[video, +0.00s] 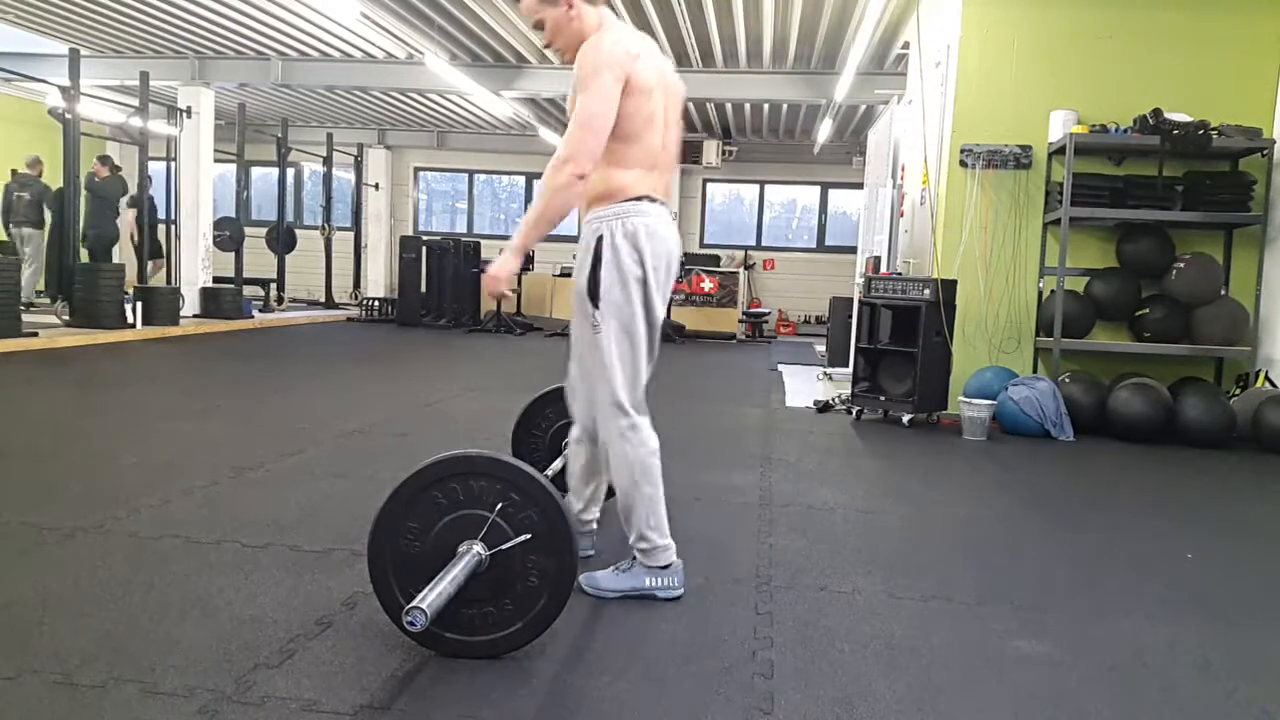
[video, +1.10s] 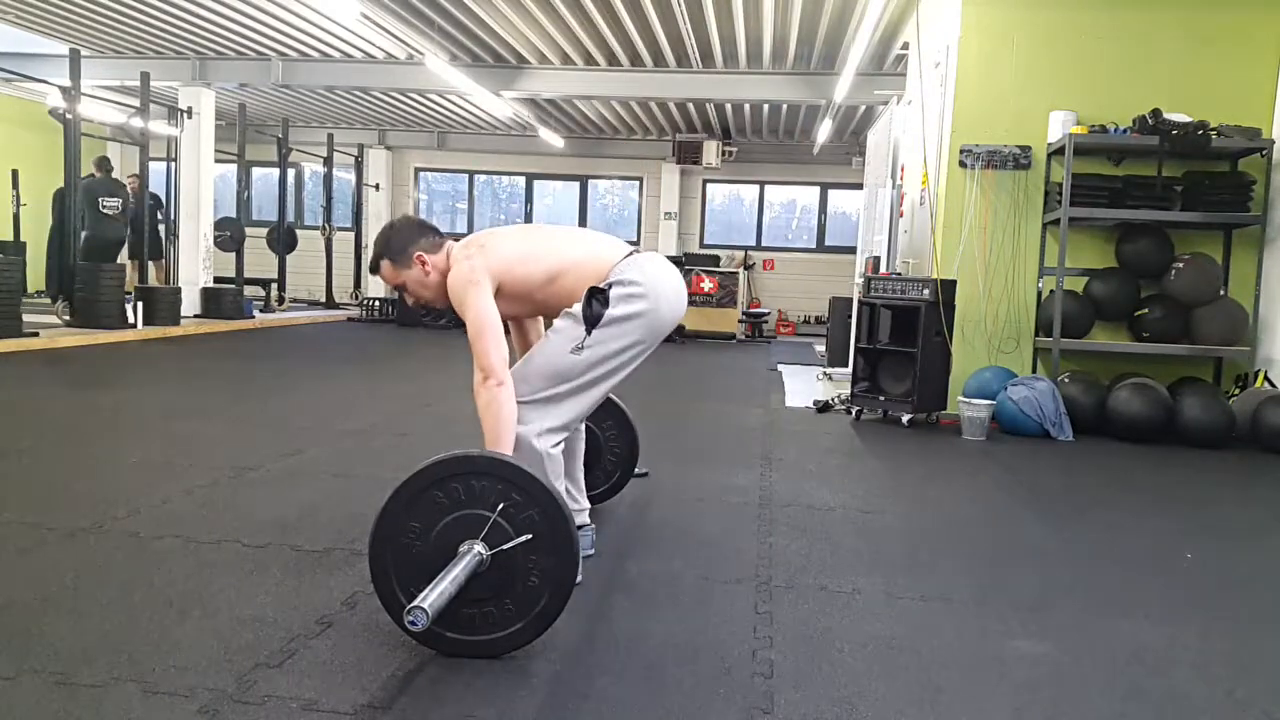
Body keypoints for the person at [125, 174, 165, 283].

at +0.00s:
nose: (145, 187)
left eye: (147, 185)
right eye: (143, 185)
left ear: (150, 185)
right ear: (139, 185)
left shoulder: (150, 199)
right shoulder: (135, 199)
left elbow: (153, 218)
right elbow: (131, 218)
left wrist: (154, 235)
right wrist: (134, 237)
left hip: (152, 234)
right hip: (140, 235)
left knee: (159, 263)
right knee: (142, 264)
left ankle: (145, 281)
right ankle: (140, 287)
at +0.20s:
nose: (147, 188)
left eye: (149, 186)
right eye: (144, 186)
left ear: (153, 185)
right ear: (141, 185)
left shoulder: (159, 199)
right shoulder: (136, 199)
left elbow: (162, 216)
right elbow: (132, 217)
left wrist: (162, 228)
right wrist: (148, 226)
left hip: (156, 232)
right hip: (141, 233)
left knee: (163, 261)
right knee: (143, 262)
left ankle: (162, 288)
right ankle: (143, 288)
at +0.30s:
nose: (146, 187)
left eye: (149, 184)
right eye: (144, 185)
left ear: (154, 185)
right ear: (141, 185)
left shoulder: (162, 199)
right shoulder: (136, 199)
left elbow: (171, 214)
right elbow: (129, 217)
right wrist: (141, 224)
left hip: (156, 234)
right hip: (141, 234)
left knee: (163, 264)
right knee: (142, 263)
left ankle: (164, 290)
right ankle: (142, 290)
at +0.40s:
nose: (148, 186)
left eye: (151, 183)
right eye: (147, 183)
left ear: (157, 185)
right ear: (145, 184)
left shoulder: (164, 199)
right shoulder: (139, 199)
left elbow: (178, 211)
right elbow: (128, 213)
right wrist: (128, 223)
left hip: (158, 234)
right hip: (142, 233)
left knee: (163, 266)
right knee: (142, 264)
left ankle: (164, 290)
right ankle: (142, 290)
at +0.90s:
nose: (136, 185)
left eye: (138, 182)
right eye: (135, 182)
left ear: (145, 183)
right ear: (135, 183)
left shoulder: (157, 198)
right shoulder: (133, 199)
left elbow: (168, 212)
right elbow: (136, 215)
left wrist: (167, 223)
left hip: (156, 234)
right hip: (139, 234)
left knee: (161, 263)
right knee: (137, 264)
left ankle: (164, 291)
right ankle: (137, 291)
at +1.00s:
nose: (133, 186)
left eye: (135, 183)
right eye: (131, 183)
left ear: (142, 183)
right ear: (129, 185)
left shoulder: (154, 197)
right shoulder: (131, 199)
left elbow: (166, 213)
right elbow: (126, 213)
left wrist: (170, 231)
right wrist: (129, 198)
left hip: (153, 233)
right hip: (137, 233)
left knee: (158, 262)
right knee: (136, 262)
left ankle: (163, 289)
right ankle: (137, 290)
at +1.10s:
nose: (131, 186)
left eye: (134, 183)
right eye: (129, 184)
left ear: (140, 183)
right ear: (127, 186)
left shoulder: (153, 197)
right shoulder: (128, 199)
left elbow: (165, 215)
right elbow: (124, 220)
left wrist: (170, 232)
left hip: (152, 234)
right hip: (135, 235)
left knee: (158, 262)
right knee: (135, 264)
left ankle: (163, 290)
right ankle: (134, 292)